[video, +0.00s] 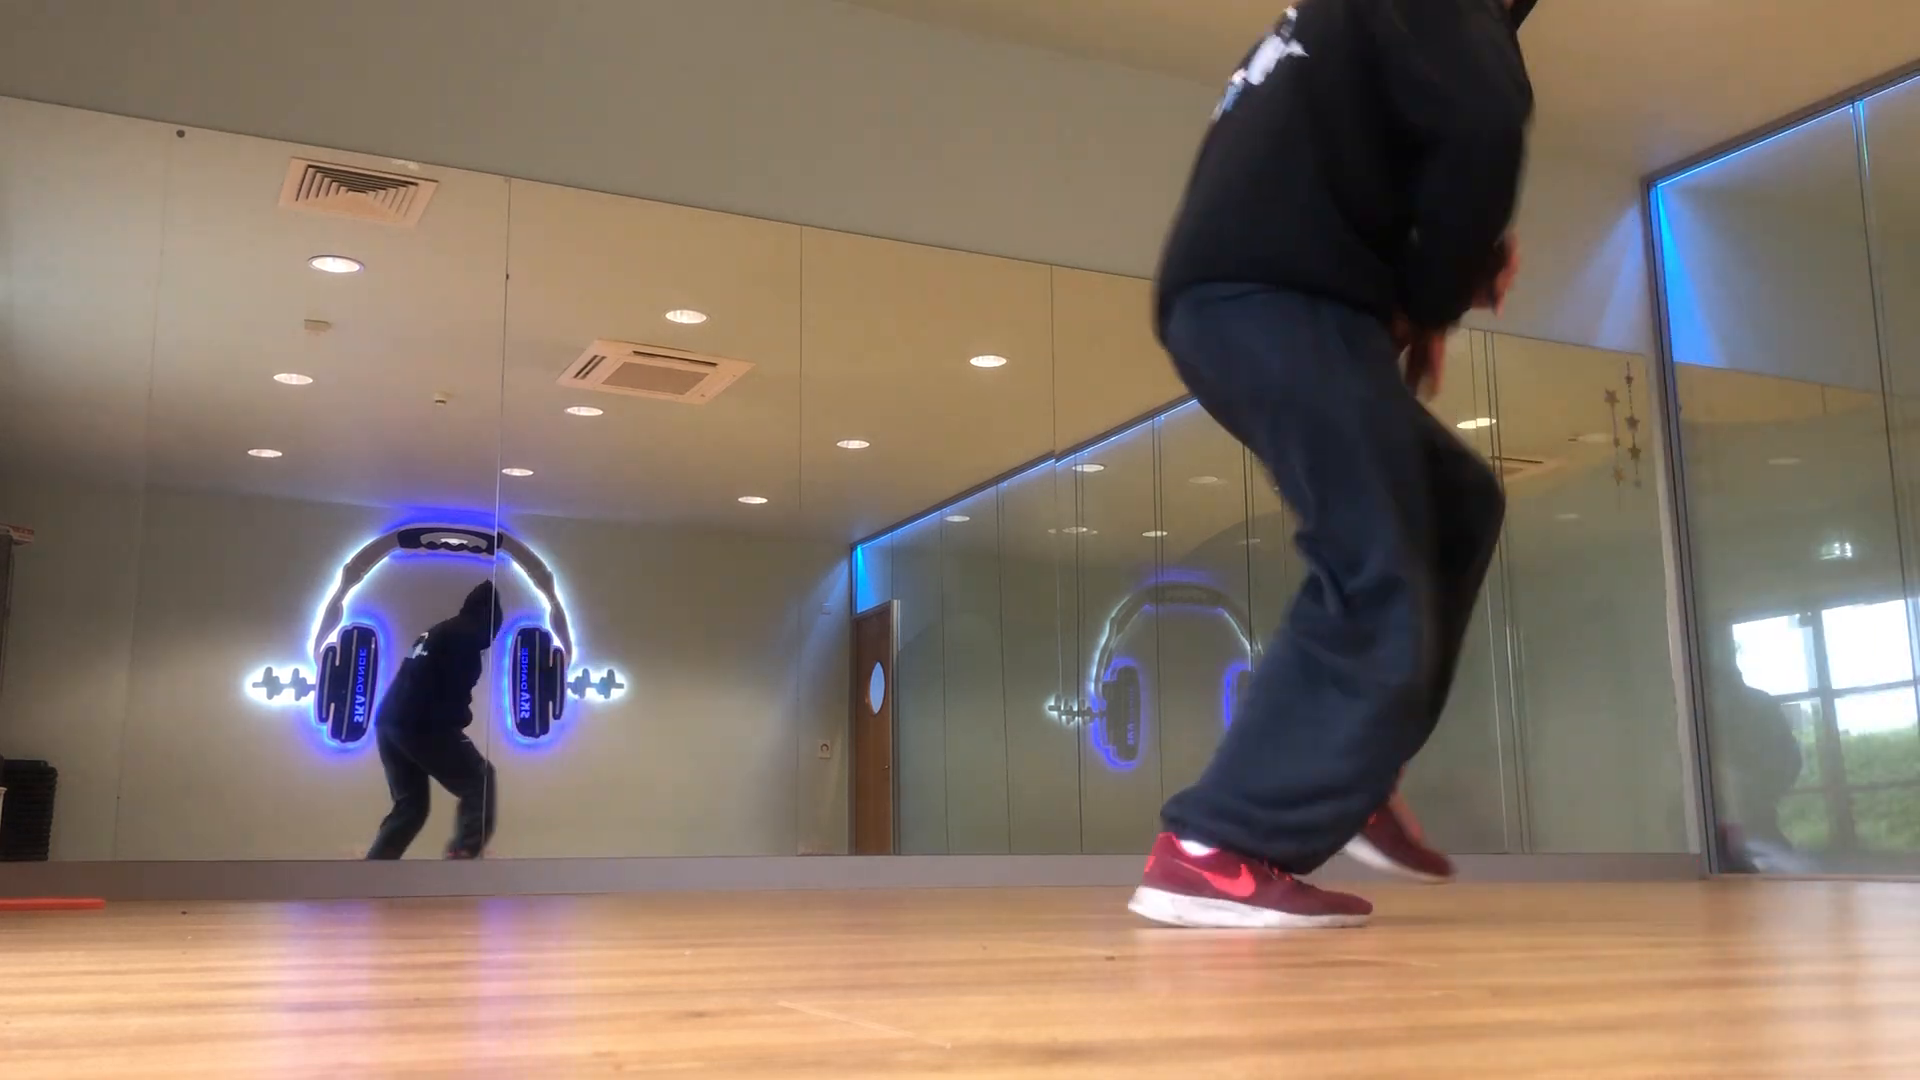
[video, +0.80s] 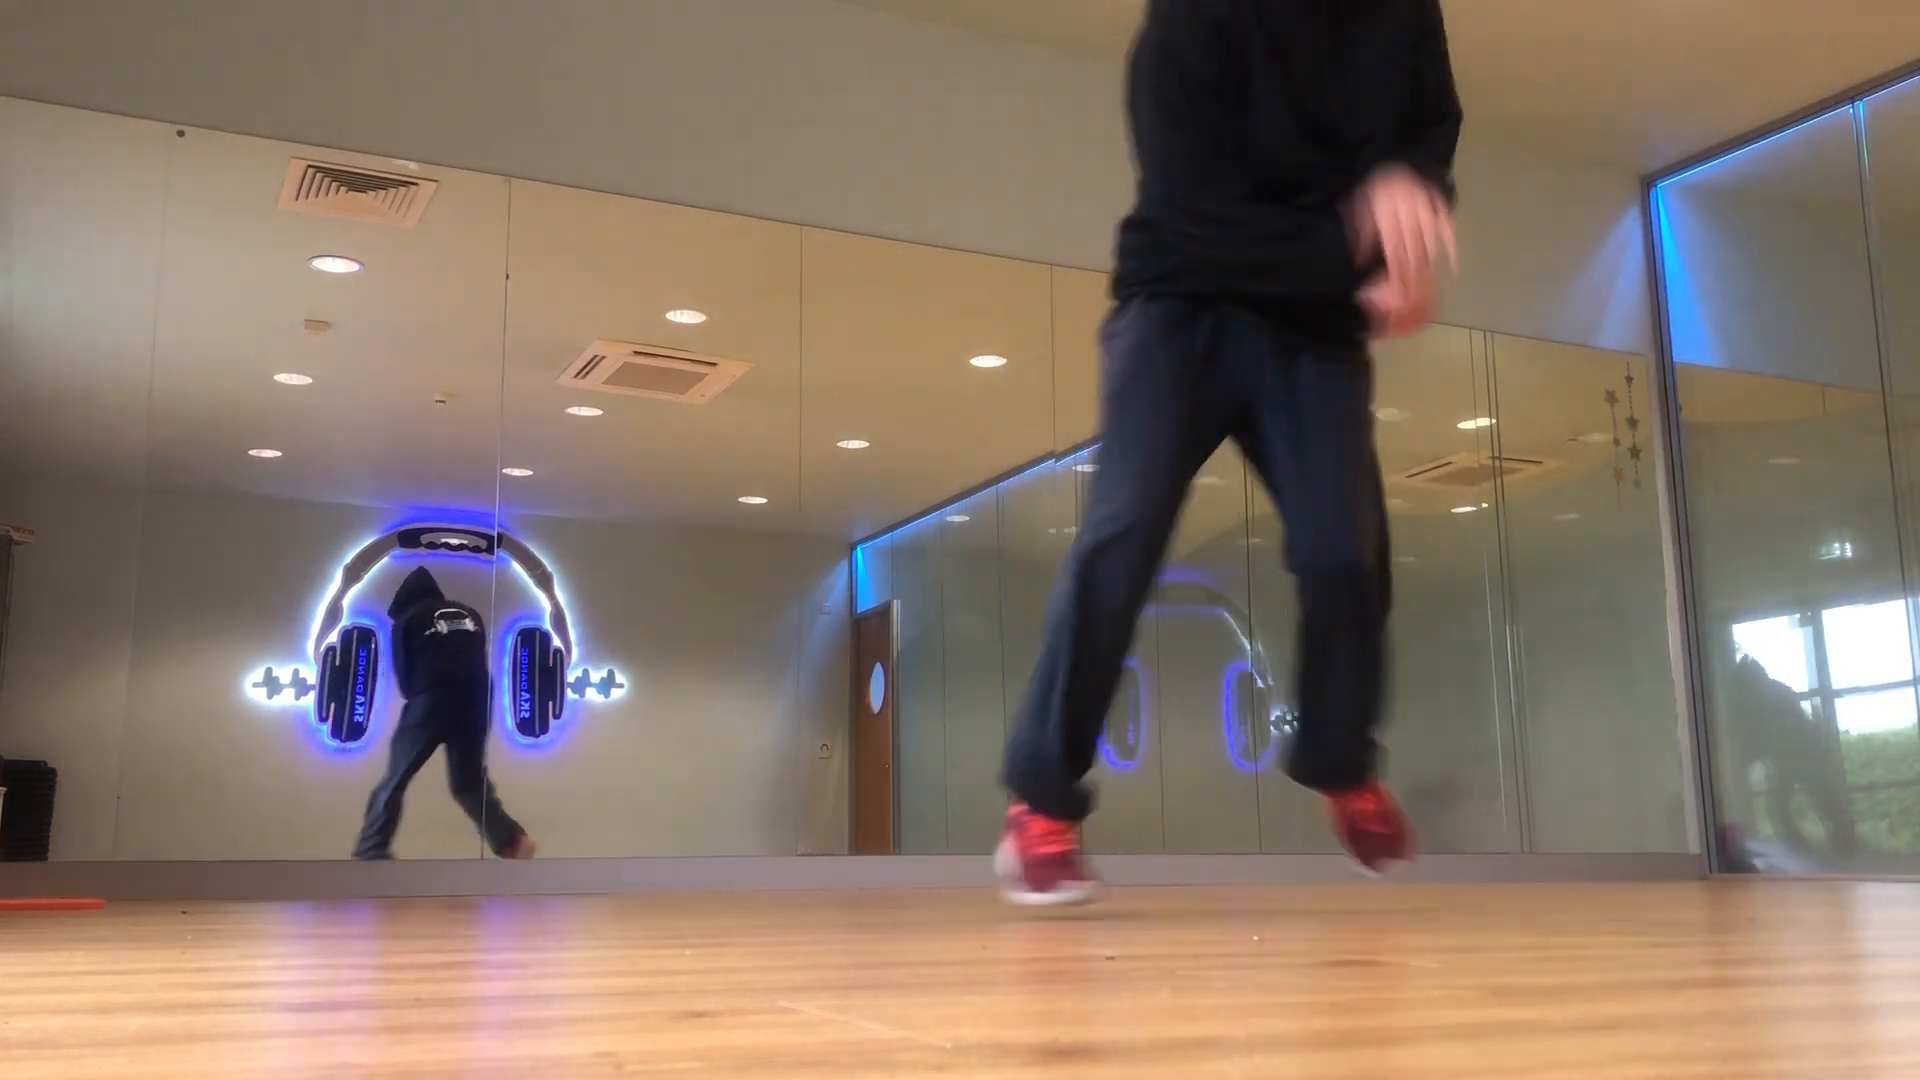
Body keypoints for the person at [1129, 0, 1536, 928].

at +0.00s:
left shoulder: (1379, 17)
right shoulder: (1447, 15)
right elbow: (1483, 122)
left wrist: (1460, 256)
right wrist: (1430, 307)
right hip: (1261, 295)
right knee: (1379, 571)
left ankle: (1351, 774)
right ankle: (1212, 843)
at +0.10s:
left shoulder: (1398, 53)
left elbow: (1312, 233)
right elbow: (1432, 16)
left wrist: (1444, 296)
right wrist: (1420, 172)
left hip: (1266, 260)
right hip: (1182, 223)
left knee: (1412, 461)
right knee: (1269, 510)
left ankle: (1382, 768)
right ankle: (1199, 835)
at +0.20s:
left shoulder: (1394, 74)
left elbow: (1320, 231)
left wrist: (1433, 335)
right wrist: (1309, 36)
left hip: (1271, 267)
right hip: (1162, 210)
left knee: (1330, 495)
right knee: (1178, 495)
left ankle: (1314, 793)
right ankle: (996, 771)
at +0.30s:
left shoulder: (1404, 105)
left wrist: (1360, 393)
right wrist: (1175, 24)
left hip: (1300, 294)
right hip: (1175, 231)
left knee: (1319, 525)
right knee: (1091, 507)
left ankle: (1229, 841)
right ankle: (858, 713)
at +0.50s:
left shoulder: (1376, 62)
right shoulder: (1169, 9)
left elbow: (1329, 230)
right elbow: (1086, 91)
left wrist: (1253, 356)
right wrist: (1094, 257)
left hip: (1219, 293)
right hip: (1079, 250)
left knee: (1214, 483)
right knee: (1045, 532)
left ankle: (1115, 760)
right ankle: (989, 821)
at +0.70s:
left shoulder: (1362, 44)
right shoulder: (1149, 19)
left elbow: (1375, 233)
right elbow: (1104, 203)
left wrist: (1367, 405)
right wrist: (1219, 298)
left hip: (1254, 356)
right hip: (1113, 331)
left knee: (1279, 576)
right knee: (1072, 562)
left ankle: (1207, 662)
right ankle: (998, 835)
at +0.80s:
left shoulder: (1401, 11)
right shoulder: (1190, 22)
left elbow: (1429, 116)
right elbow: (1186, 201)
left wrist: (1406, 180)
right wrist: (1351, 256)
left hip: (1315, 319)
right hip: (1180, 307)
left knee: (1348, 556)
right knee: (1123, 535)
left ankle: (1343, 768)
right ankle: (1042, 803)